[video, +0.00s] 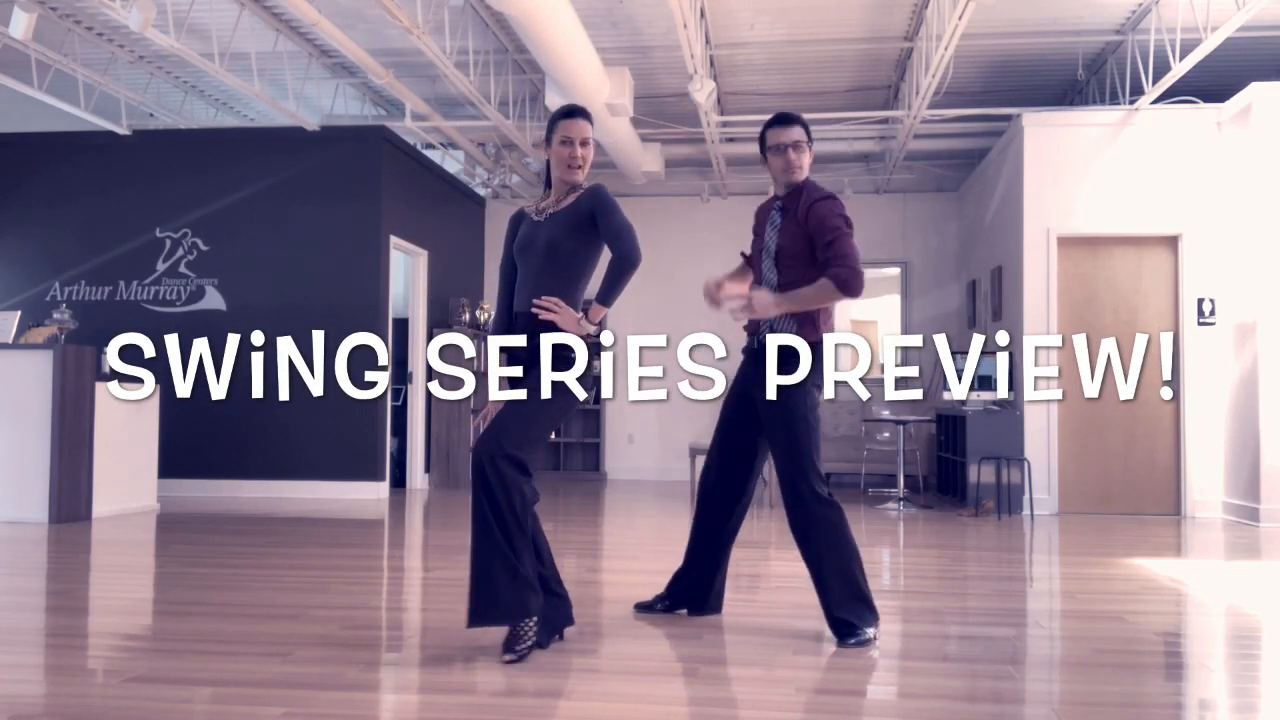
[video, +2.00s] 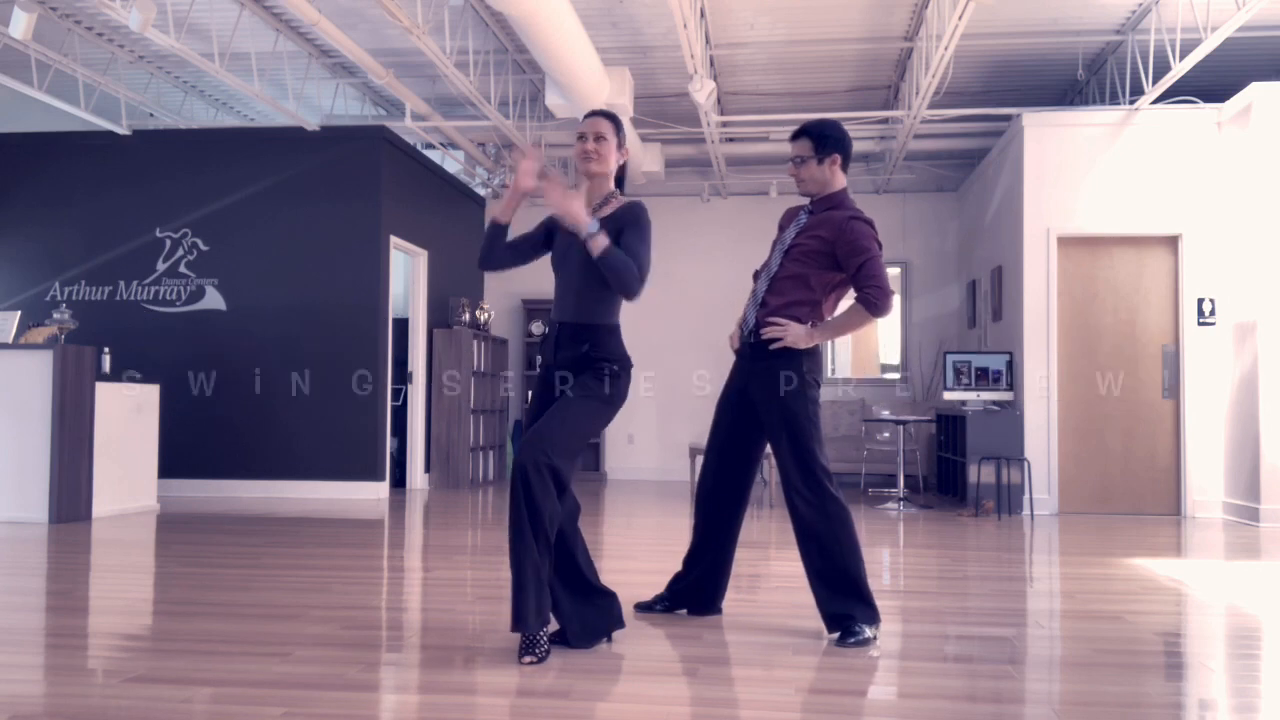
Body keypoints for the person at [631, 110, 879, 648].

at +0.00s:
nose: (790, 156)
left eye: (798, 147)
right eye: (778, 149)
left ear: (811, 153)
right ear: (764, 158)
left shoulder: (823, 208)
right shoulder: (767, 211)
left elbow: (848, 280)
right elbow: (756, 265)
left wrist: (779, 302)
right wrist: (729, 283)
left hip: (795, 356)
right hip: (759, 355)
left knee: (805, 488)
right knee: (725, 475)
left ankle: (855, 617)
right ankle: (696, 591)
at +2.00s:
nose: (792, 169)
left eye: (801, 161)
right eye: (791, 161)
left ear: (833, 163)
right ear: (812, 164)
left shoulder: (850, 224)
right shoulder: (797, 217)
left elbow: (877, 301)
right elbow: (770, 278)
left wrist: (816, 334)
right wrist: (743, 324)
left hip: (787, 365)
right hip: (750, 360)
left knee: (810, 489)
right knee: (721, 480)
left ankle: (854, 617)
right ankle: (697, 592)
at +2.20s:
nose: (796, 168)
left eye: (805, 160)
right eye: (796, 160)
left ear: (838, 164)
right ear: (816, 164)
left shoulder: (851, 224)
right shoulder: (800, 217)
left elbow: (876, 301)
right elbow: (783, 281)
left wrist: (817, 334)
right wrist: (748, 325)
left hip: (786, 364)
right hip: (751, 359)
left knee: (808, 487)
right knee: (721, 479)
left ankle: (855, 616)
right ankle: (697, 592)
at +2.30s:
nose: (796, 167)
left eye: (806, 158)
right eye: (796, 159)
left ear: (839, 164)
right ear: (811, 164)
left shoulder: (851, 224)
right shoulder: (800, 217)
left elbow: (876, 301)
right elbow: (782, 281)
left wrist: (816, 334)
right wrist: (748, 326)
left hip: (787, 364)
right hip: (752, 359)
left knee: (809, 487)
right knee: (722, 479)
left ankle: (855, 616)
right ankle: (697, 591)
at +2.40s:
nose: (796, 165)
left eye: (806, 156)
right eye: (796, 157)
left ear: (839, 163)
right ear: (807, 164)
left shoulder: (849, 222)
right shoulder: (799, 217)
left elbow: (875, 299)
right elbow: (783, 280)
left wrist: (817, 335)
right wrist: (748, 326)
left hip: (787, 364)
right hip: (752, 359)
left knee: (809, 487)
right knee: (721, 479)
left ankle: (855, 616)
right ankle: (697, 591)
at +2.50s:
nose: (795, 164)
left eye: (805, 156)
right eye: (794, 156)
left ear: (837, 162)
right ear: (806, 164)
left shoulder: (848, 221)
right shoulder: (798, 217)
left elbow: (874, 298)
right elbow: (780, 280)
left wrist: (817, 334)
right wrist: (747, 325)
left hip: (787, 364)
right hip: (751, 359)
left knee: (807, 487)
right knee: (721, 479)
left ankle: (855, 616)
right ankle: (697, 591)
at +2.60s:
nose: (794, 163)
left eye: (804, 154)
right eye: (793, 155)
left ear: (836, 161)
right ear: (806, 164)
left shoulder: (847, 220)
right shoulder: (797, 217)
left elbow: (873, 297)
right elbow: (781, 281)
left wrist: (816, 334)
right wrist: (746, 326)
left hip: (786, 364)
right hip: (750, 359)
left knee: (807, 487)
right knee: (721, 479)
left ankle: (855, 616)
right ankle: (697, 591)